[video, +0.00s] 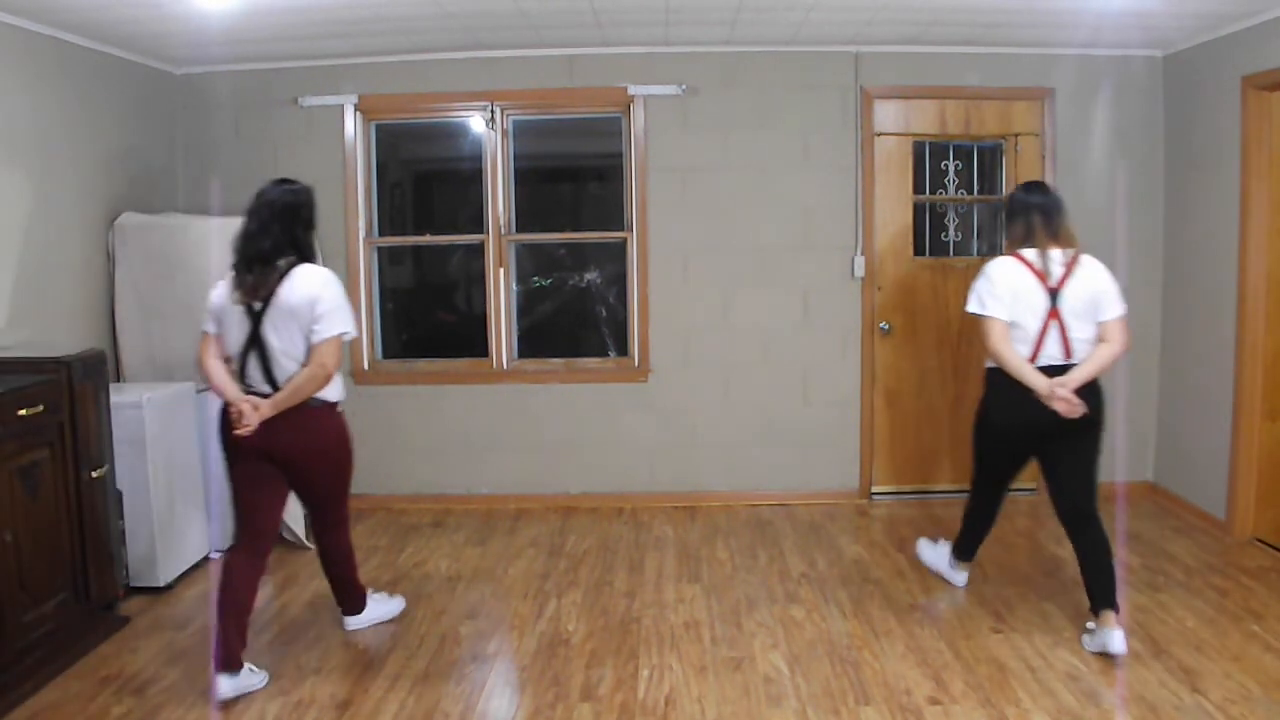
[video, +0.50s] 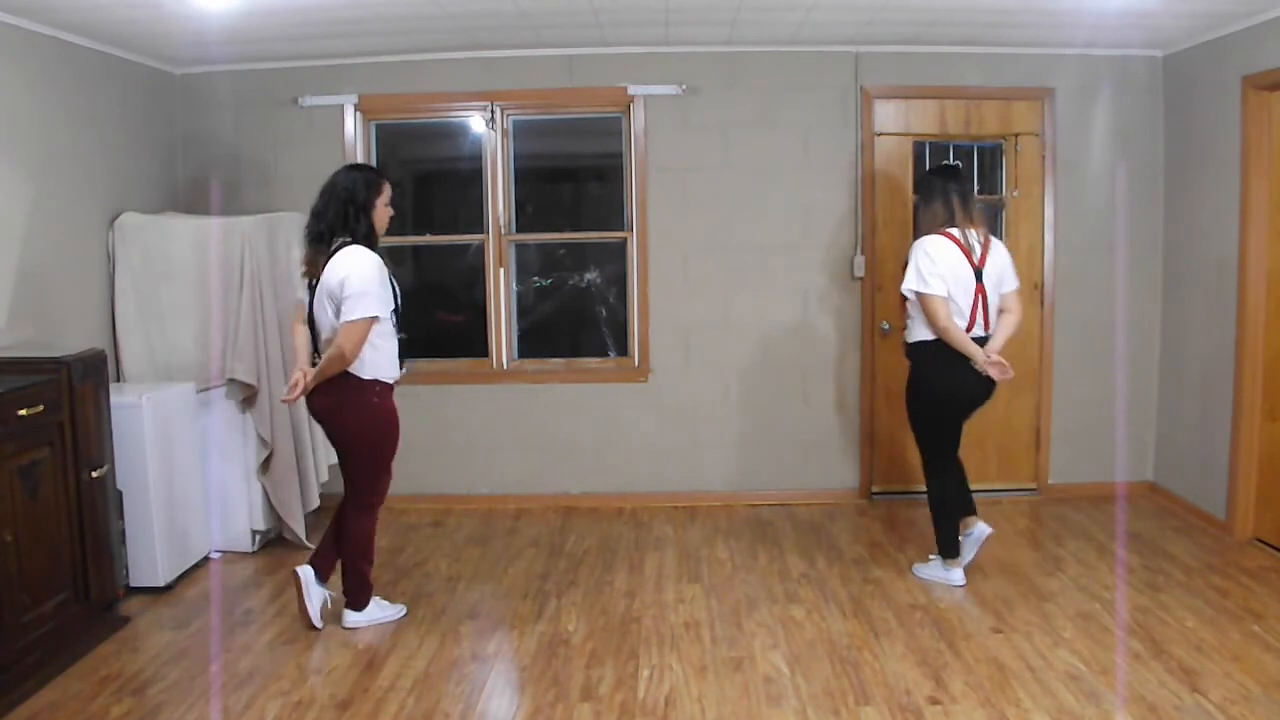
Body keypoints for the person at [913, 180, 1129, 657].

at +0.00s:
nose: (1006, 228)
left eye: (1008, 220)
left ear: (1012, 222)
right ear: (1059, 219)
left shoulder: (999, 271)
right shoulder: (1094, 270)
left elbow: (997, 344)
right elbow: (1116, 341)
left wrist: (1045, 387)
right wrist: (1067, 384)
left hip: (1013, 398)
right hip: (1078, 400)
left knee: (988, 486)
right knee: (1081, 513)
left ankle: (957, 560)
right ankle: (1108, 622)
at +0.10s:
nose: (980, 223)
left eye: (981, 215)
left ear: (985, 219)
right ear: (1031, 217)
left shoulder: (974, 270)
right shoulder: (1063, 267)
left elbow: (973, 342)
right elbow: (1085, 335)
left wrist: (1021, 383)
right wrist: (1043, 379)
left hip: (989, 389)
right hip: (1051, 389)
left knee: (968, 480)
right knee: (1053, 498)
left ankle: (952, 563)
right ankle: (1094, 595)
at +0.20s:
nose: (960, 216)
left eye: (959, 208)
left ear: (964, 212)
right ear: (1008, 210)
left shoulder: (952, 263)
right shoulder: (1038, 258)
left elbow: (952, 336)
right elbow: (1062, 326)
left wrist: (1001, 370)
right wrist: (1024, 365)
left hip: (967, 384)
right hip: (1024, 383)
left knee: (955, 477)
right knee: (1021, 483)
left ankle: (949, 563)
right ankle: (1061, 560)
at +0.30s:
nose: (941, 212)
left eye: (943, 205)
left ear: (949, 207)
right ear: (992, 204)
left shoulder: (940, 255)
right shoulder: (1022, 251)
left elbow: (941, 326)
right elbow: (1042, 319)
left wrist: (986, 362)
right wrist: (1007, 359)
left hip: (952, 374)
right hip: (1008, 375)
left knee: (950, 470)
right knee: (989, 461)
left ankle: (949, 563)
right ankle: (1021, 534)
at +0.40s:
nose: (931, 208)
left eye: (932, 201)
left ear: (938, 203)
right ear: (979, 200)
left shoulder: (932, 251)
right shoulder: (1008, 248)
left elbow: (938, 322)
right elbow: (1027, 314)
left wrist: (982, 360)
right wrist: (998, 354)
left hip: (943, 369)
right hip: (994, 370)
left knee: (943, 459)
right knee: (960, 446)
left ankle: (949, 561)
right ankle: (989, 524)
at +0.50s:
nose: (920, 210)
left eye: (922, 204)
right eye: (921, 204)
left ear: (930, 205)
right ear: (967, 202)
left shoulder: (927, 249)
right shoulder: (995, 248)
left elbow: (941, 322)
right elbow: (1012, 311)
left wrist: (980, 357)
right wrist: (990, 351)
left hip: (936, 366)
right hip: (980, 368)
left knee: (938, 458)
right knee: (943, 443)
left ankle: (949, 560)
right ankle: (969, 520)